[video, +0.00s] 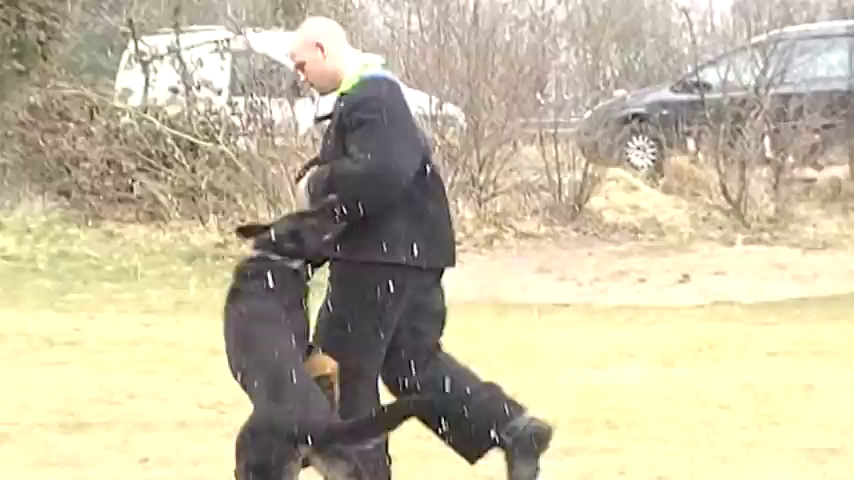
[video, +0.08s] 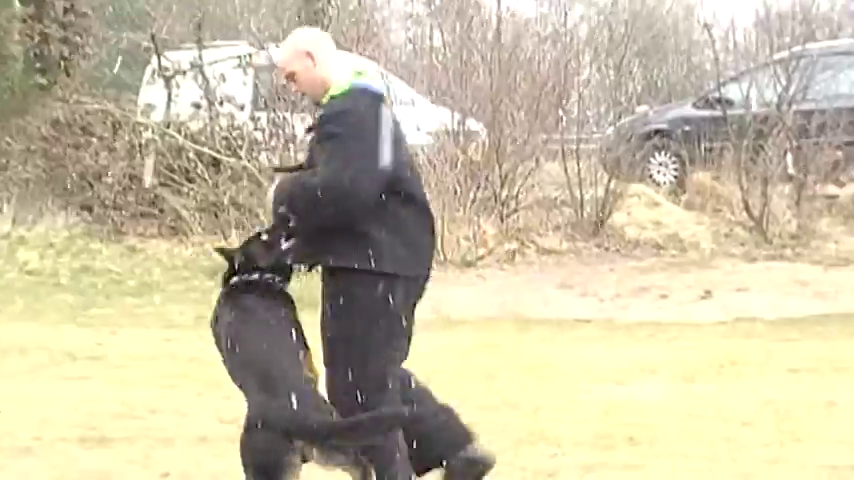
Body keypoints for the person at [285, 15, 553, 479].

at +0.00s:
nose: (302, 79)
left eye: (301, 66)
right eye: (298, 70)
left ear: (323, 50)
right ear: (326, 51)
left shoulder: (368, 94)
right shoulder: (368, 95)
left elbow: (387, 171)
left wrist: (323, 181)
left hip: (383, 253)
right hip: (410, 252)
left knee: (341, 362)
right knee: (411, 364)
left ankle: (359, 466)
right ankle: (514, 428)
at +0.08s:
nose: (293, 88)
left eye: (292, 76)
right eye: (288, 80)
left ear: (314, 58)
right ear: (317, 58)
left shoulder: (355, 103)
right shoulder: (349, 103)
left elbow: (349, 190)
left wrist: (287, 191)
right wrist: (288, 237)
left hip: (374, 263)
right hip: (364, 262)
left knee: (359, 387)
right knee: (370, 375)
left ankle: (388, 471)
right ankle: (455, 452)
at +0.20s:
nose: (245, 83)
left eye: (244, 70)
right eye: (241, 74)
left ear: (265, 54)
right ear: (279, 53)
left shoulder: (299, 103)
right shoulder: (329, 100)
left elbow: (291, 185)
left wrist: (255, 186)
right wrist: (257, 241)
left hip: (338, 268)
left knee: (366, 386)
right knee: (315, 385)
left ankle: (412, 471)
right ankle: (315, 471)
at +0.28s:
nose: (207, 79)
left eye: (205, 66)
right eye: (202, 69)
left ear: (225, 50)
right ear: (245, 48)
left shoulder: (251, 98)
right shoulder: (307, 98)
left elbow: (236, 181)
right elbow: (345, 147)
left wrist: (210, 185)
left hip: (292, 261)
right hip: (316, 255)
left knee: (345, 378)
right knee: (256, 379)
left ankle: (393, 470)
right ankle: (226, 465)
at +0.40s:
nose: (141, 69)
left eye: (143, 59)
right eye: (139, 61)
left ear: (167, 51)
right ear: (183, 49)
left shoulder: (177, 104)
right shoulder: (241, 98)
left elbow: (169, 179)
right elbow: (287, 156)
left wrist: (148, 218)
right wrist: (252, 202)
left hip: (215, 252)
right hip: (253, 248)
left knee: (249, 362)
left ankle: (336, 448)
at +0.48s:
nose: (104, 64)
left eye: (106, 53)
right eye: (102, 54)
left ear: (127, 43)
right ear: (147, 41)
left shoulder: (144, 90)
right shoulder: (204, 91)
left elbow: (142, 163)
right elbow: (247, 152)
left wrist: (108, 186)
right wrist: (212, 195)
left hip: (177, 244)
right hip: (217, 243)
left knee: (178, 359)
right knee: (189, 355)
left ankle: (263, 435)